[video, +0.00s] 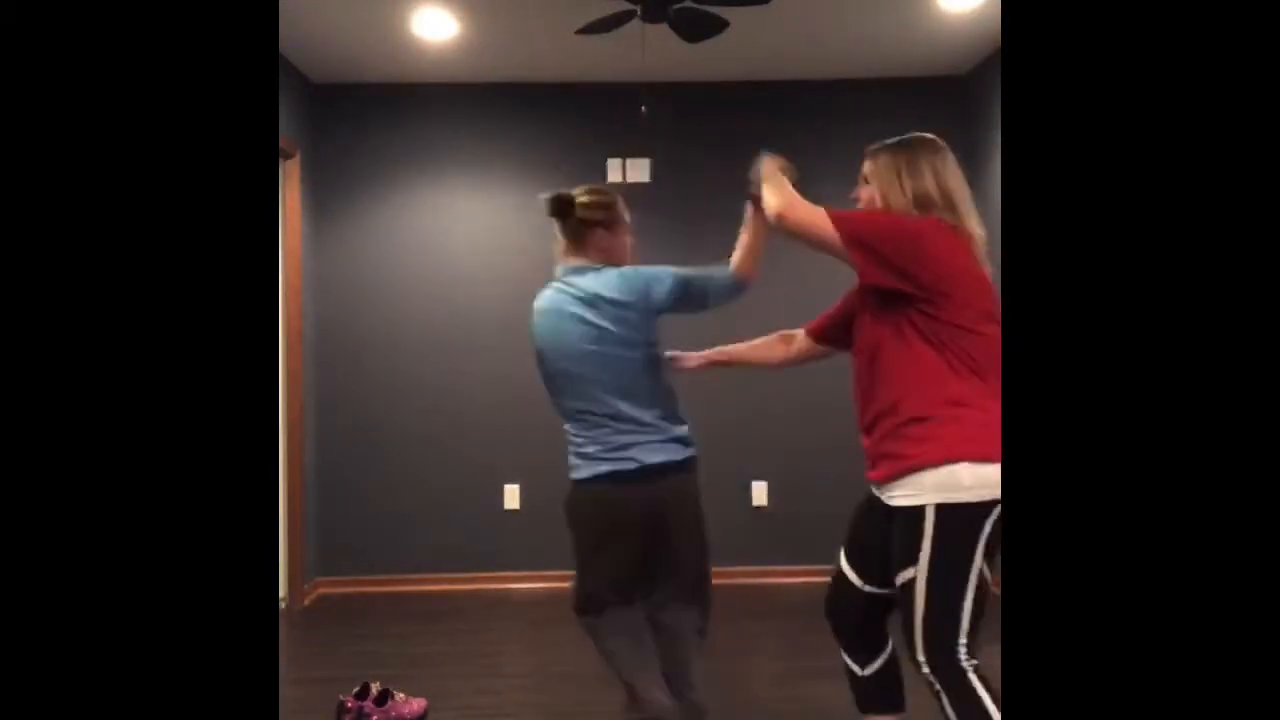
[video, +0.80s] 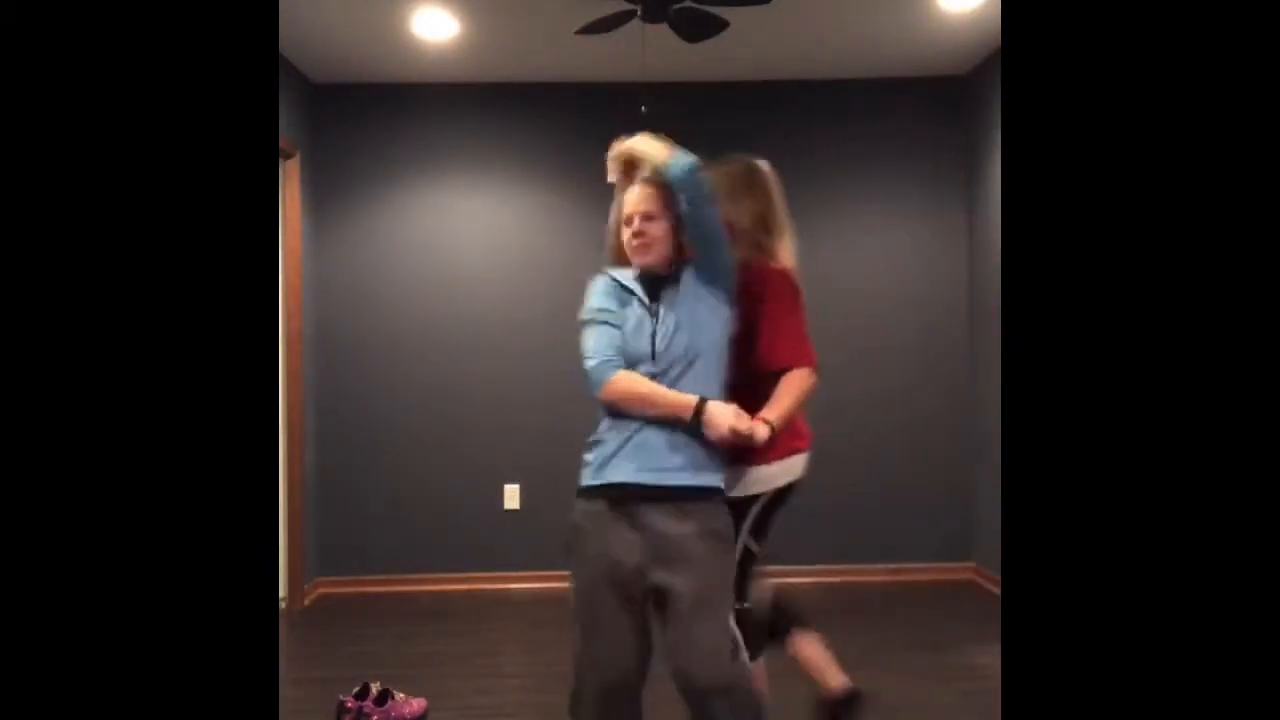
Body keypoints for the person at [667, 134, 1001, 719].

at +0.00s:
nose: (857, 194)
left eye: (868, 182)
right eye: (860, 182)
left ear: (906, 187)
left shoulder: (936, 245)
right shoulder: (884, 283)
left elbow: (785, 214)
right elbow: (799, 343)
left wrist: (770, 171)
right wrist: (708, 357)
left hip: (959, 481)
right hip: (903, 484)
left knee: (939, 647)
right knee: (851, 615)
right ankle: (886, 717)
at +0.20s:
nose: (852, 195)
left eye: (863, 184)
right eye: (856, 183)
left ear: (899, 191)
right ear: (914, 193)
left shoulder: (929, 251)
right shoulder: (877, 273)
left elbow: (851, 260)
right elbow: (815, 330)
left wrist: (789, 259)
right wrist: (728, 323)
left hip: (941, 471)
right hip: (888, 475)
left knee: (921, 648)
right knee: (849, 608)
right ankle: (893, 709)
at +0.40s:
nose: (807, 196)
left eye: (819, 184)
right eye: (811, 185)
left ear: (853, 194)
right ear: (846, 195)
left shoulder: (873, 258)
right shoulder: (826, 259)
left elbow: (888, 326)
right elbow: (780, 281)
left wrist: (783, 350)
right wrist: (735, 257)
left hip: (870, 464)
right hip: (837, 464)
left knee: (857, 622)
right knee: (834, 606)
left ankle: (932, 704)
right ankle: (893, 710)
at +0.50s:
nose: (780, 199)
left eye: (792, 188)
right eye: (783, 189)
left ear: (826, 197)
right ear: (822, 200)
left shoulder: (840, 266)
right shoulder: (802, 263)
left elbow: (862, 346)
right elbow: (738, 266)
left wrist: (788, 388)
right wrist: (712, 231)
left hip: (845, 462)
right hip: (822, 459)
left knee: (804, 609)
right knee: (838, 607)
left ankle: (902, 710)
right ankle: (899, 708)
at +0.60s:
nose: (752, 202)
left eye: (763, 191)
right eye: (754, 192)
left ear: (795, 200)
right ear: (798, 203)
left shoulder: (813, 264)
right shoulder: (775, 260)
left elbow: (840, 356)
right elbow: (701, 257)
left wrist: (787, 409)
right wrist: (694, 189)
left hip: (810, 459)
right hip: (823, 454)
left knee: (754, 586)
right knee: (829, 590)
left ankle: (825, 708)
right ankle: (888, 710)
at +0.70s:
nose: (728, 209)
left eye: (737, 198)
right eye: (726, 199)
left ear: (760, 205)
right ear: (793, 203)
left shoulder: (787, 274)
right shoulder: (743, 268)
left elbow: (822, 364)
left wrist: (773, 420)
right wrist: (677, 160)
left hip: (776, 465)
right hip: (790, 458)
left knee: (738, 594)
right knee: (808, 591)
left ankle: (755, 711)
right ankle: (884, 710)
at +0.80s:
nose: (710, 221)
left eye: (718, 207)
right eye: (708, 208)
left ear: (743, 212)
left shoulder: (768, 280)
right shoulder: (717, 285)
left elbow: (802, 370)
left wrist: (762, 423)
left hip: (767, 459)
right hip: (733, 455)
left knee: (728, 588)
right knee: (743, 584)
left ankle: (747, 704)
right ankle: (835, 686)